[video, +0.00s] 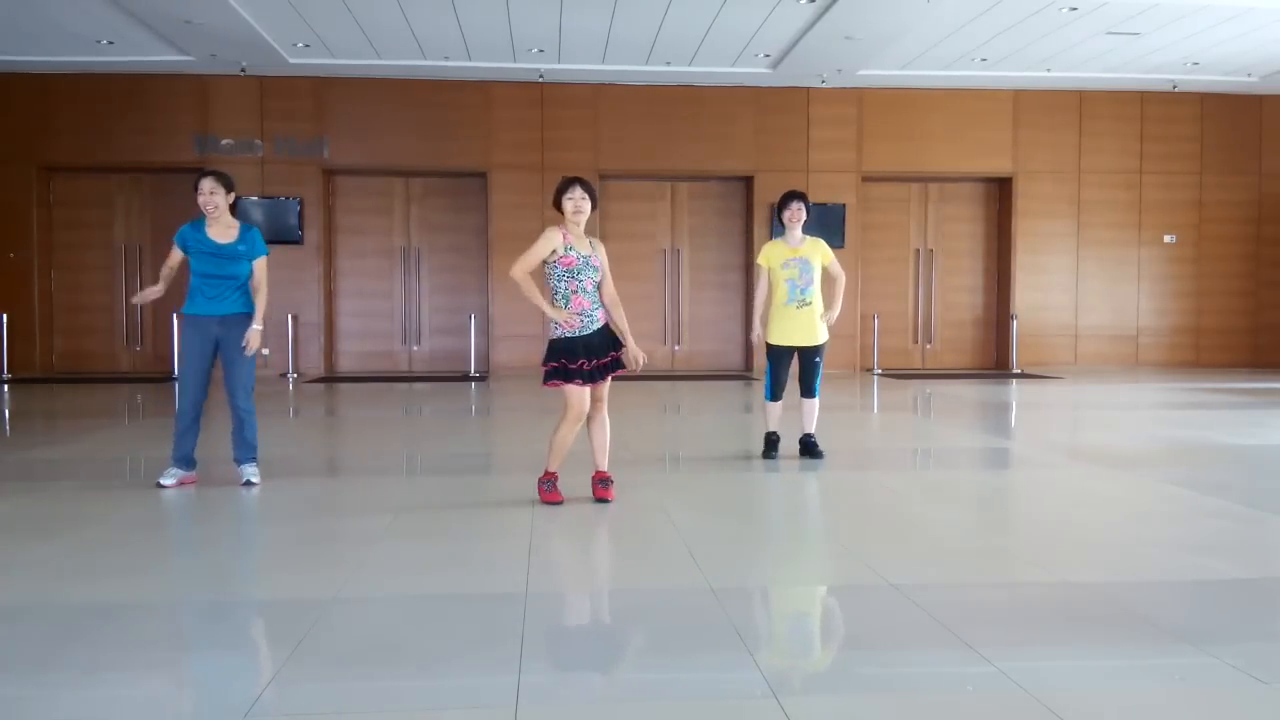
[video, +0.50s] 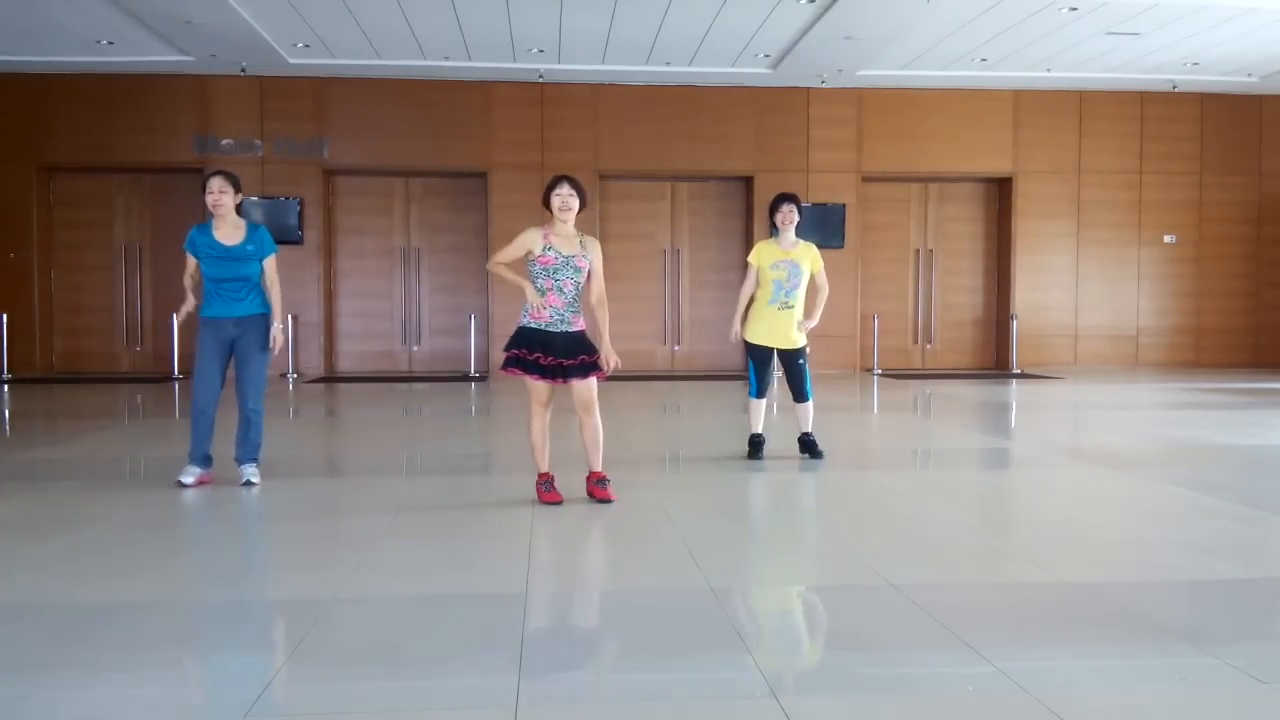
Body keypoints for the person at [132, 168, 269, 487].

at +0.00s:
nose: (207, 200)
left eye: (213, 193)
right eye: (202, 194)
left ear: (230, 197)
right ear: (197, 199)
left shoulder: (250, 235)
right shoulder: (188, 233)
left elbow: (260, 284)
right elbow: (170, 265)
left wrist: (257, 325)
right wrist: (161, 287)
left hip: (237, 323)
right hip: (196, 323)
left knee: (241, 397)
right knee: (189, 395)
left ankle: (247, 462)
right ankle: (184, 465)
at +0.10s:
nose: (210, 199)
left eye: (217, 193)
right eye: (205, 193)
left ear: (233, 196)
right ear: (201, 198)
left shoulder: (254, 234)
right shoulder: (193, 234)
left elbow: (266, 283)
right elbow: (178, 270)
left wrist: (268, 325)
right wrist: (165, 285)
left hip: (246, 323)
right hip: (206, 324)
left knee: (247, 399)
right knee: (195, 399)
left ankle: (248, 463)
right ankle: (187, 465)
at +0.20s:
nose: (213, 198)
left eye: (220, 192)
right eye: (208, 193)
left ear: (236, 196)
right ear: (203, 197)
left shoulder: (257, 235)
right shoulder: (196, 234)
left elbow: (270, 282)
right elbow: (184, 273)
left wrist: (275, 323)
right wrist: (174, 294)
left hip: (251, 323)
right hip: (210, 324)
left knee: (249, 399)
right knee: (202, 397)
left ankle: (249, 463)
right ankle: (195, 466)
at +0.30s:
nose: (214, 200)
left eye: (221, 193)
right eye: (209, 194)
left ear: (237, 196)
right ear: (204, 199)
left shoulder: (258, 234)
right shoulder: (198, 235)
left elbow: (273, 280)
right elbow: (186, 276)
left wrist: (279, 321)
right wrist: (191, 302)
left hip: (253, 323)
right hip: (213, 325)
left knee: (250, 400)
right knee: (208, 398)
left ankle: (249, 463)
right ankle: (203, 466)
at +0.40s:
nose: (216, 200)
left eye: (222, 193)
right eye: (210, 194)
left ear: (237, 197)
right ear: (205, 199)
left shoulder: (259, 234)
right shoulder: (198, 236)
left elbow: (273, 281)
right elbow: (187, 276)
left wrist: (280, 322)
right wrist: (195, 302)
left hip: (255, 324)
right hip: (214, 326)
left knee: (251, 399)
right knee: (208, 398)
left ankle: (249, 463)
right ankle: (203, 465)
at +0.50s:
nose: (215, 198)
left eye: (222, 192)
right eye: (210, 192)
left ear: (237, 196)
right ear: (204, 198)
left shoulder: (258, 234)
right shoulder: (198, 236)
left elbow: (272, 281)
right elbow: (189, 275)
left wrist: (277, 322)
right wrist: (190, 297)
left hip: (253, 323)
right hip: (212, 325)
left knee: (251, 398)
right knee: (203, 396)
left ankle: (249, 463)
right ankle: (199, 463)